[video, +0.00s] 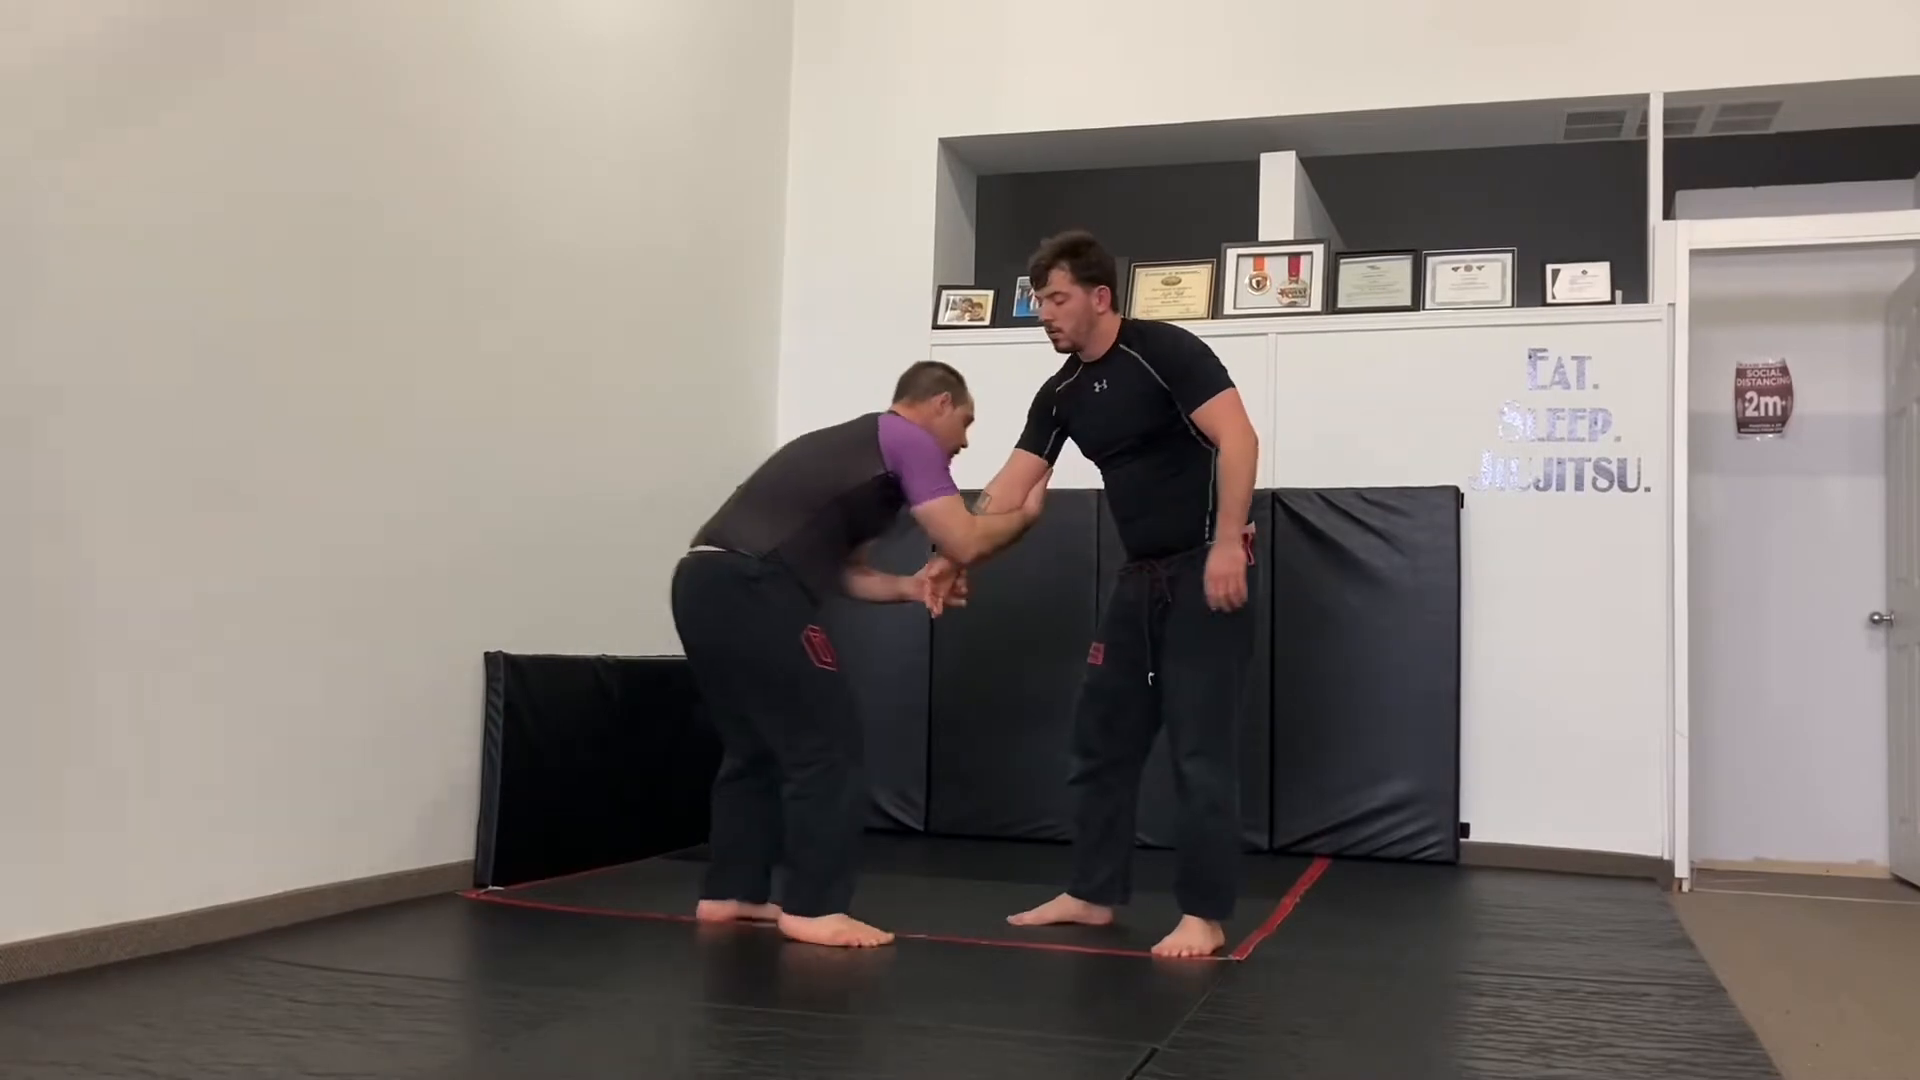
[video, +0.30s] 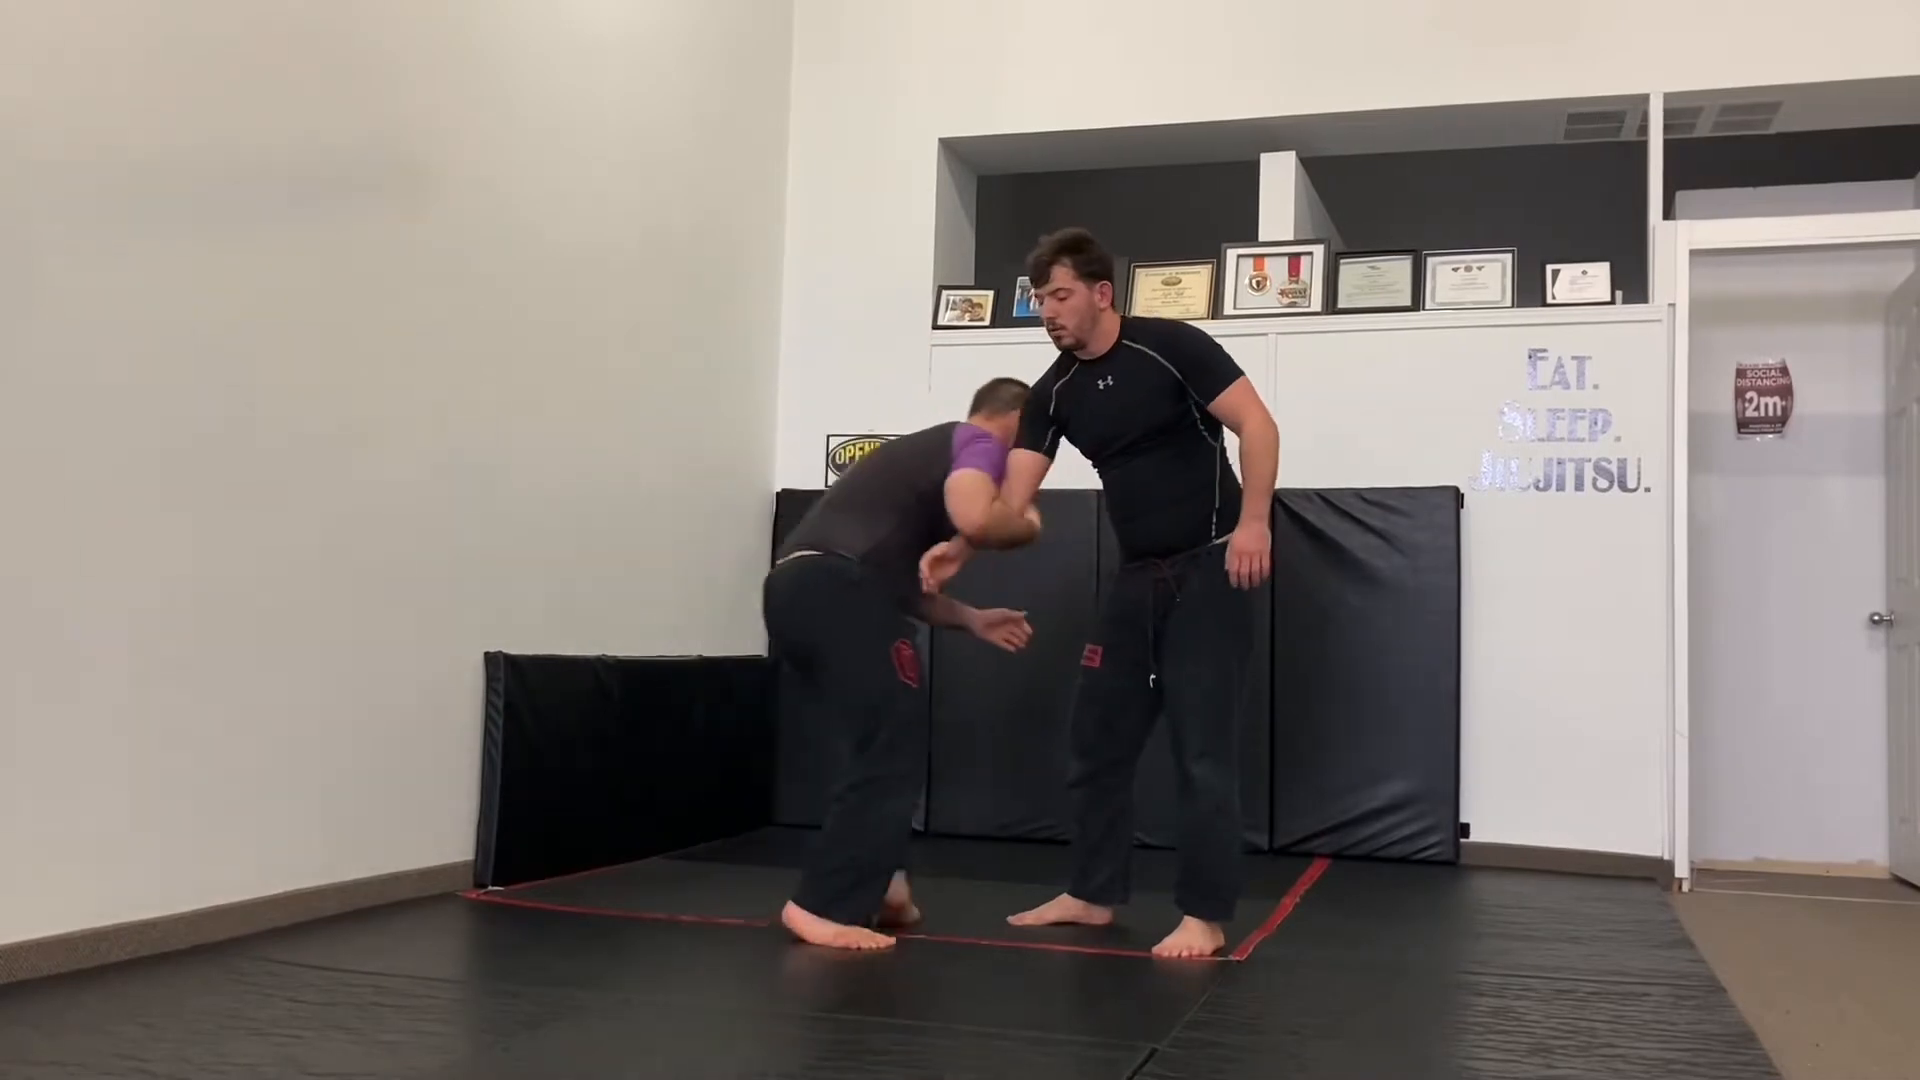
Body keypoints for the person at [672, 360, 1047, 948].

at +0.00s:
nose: (965, 441)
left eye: (967, 427)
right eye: (965, 423)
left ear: (907, 404)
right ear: (941, 405)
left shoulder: (851, 444)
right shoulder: (908, 438)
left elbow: (826, 570)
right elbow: (963, 541)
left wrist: (912, 586)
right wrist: (1020, 516)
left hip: (703, 580)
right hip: (755, 586)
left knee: (751, 746)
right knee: (824, 742)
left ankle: (730, 891)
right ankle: (814, 908)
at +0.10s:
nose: (983, 446)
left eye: (986, 433)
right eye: (985, 428)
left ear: (929, 404)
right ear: (966, 408)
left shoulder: (870, 444)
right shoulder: (929, 436)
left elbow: (835, 569)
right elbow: (968, 543)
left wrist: (925, 600)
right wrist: (1020, 513)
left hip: (737, 584)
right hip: (788, 589)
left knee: (797, 730)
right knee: (854, 741)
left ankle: (751, 867)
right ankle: (817, 911)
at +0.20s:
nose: (1003, 443)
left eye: (1006, 435)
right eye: (1006, 431)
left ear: (951, 406)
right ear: (993, 412)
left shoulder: (897, 446)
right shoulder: (954, 438)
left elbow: (866, 577)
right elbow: (966, 538)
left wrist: (948, 610)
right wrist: (1016, 511)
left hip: (770, 582)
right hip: (815, 587)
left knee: (844, 729)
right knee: (879, 744)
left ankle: (815, 862)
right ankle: (823, 909)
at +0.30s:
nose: (1024, 451)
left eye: (1027, 445)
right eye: (1026, 439)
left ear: (976, 414)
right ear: (1010, 421)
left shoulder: (925, 451)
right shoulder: (976, 440)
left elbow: (893, 583)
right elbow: (975, 520)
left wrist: (971, 617)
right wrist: (1027, 524)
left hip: (794, 581)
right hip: (841, 584)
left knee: (872, 730)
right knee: (894, 741)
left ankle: (879, 878)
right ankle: (822, 904)